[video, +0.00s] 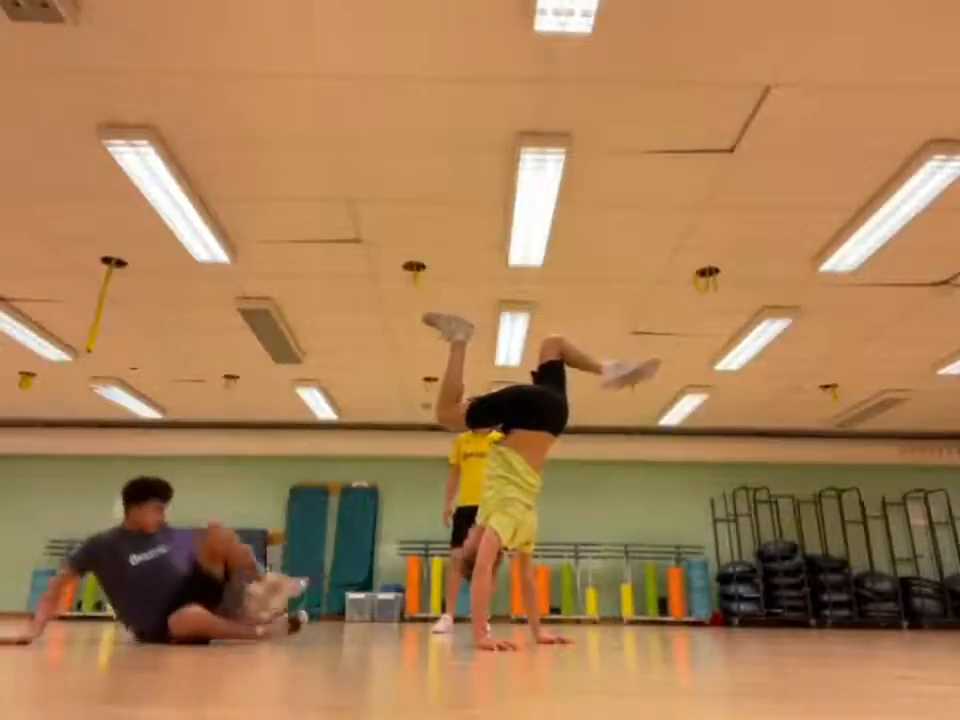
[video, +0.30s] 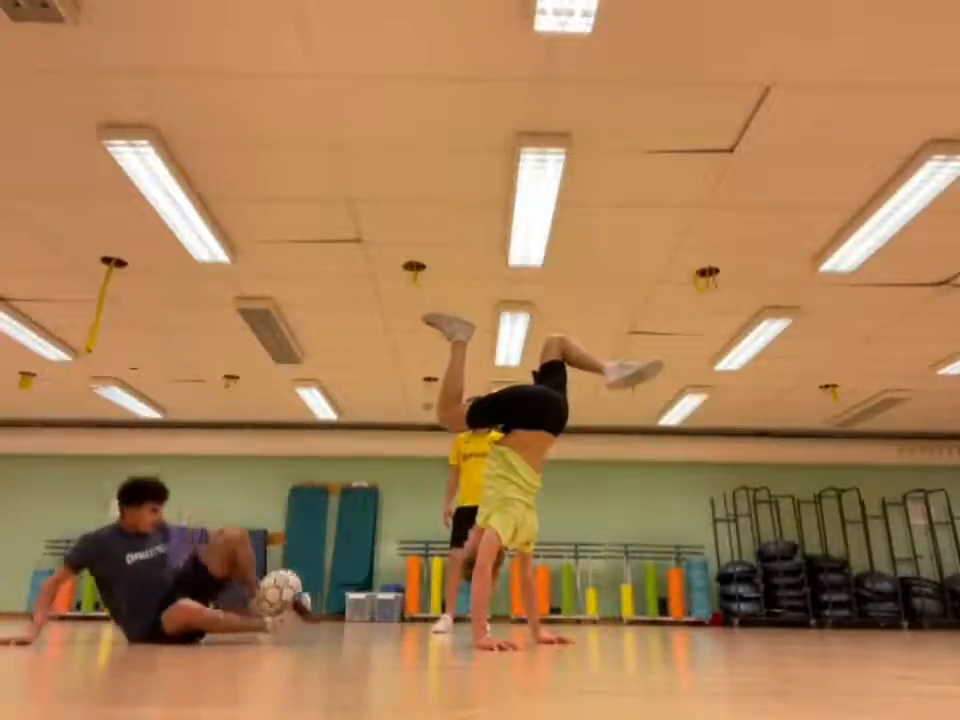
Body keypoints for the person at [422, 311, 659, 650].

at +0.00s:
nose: (480, 558)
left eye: (466, 554)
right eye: (473, 557)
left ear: (467, 545)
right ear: (472, 543)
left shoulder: (523, 536)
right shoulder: (493, 527)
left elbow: (528, 583)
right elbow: (481, 575)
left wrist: (537, 631)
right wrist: (481, 635)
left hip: (552, 413)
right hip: (530, 410)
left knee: (552, 345)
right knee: (449, 414)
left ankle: (607, 370)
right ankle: (458, 341)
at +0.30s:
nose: (484, 561)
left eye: (471, 556)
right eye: (481, 561)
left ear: (471, 545)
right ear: (474, 542)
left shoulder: (525, 535)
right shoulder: (494, 528)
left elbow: (527, 583)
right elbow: (482, 574)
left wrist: (537, 631)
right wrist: (481, 635)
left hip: (553, 414)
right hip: (532, 408)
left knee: (555, 344)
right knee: (452, 416)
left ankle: (611, 370)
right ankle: (459, 342)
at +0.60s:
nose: (484, 567)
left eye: (484, 569)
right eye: (483, 567)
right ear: (477, 542)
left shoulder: (525, 535)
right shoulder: (495, 527)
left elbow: (527, 583)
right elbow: (481, 574)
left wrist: (536, 632)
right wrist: (481, 636)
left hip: (554, 415)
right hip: (533, 408)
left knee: (558, 344)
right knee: (452, 417)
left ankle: (613, 371)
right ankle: (461, 340)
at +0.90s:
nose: (482, 572)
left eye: (484, 574)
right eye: (481, 573)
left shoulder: (523, 537)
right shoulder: (493, 528)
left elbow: (526, 584)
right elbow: (481, 577)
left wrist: (536, 631)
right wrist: (480, 636)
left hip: (553, 415)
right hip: (530, 408)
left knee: (560, 344)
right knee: (451, 416)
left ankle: (614, 377)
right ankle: (462, 338)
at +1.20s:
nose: (484, 568)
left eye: (485, 571)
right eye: (484, 568)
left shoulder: (524, 536)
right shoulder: (493, 528)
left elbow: (527, 583)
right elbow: (481, 577)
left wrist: (537, 631)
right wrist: (480, 636)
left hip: (553, 415)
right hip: (529, 408)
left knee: (556, 345)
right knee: (450, 417)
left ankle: (617, 369)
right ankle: (458, 342)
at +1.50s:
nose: (485, 566)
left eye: (476, 567)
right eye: (478, 564)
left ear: (473, 550)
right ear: (475, 548)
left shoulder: (524, 536)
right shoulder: (495, 528)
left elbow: (527, 583)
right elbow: (482, 576)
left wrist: (537, 632)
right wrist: (481, 636)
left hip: (554, 414)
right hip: (530, 408)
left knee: (551, 345)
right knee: (450, 418)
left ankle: (619, 352)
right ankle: (458, 345)